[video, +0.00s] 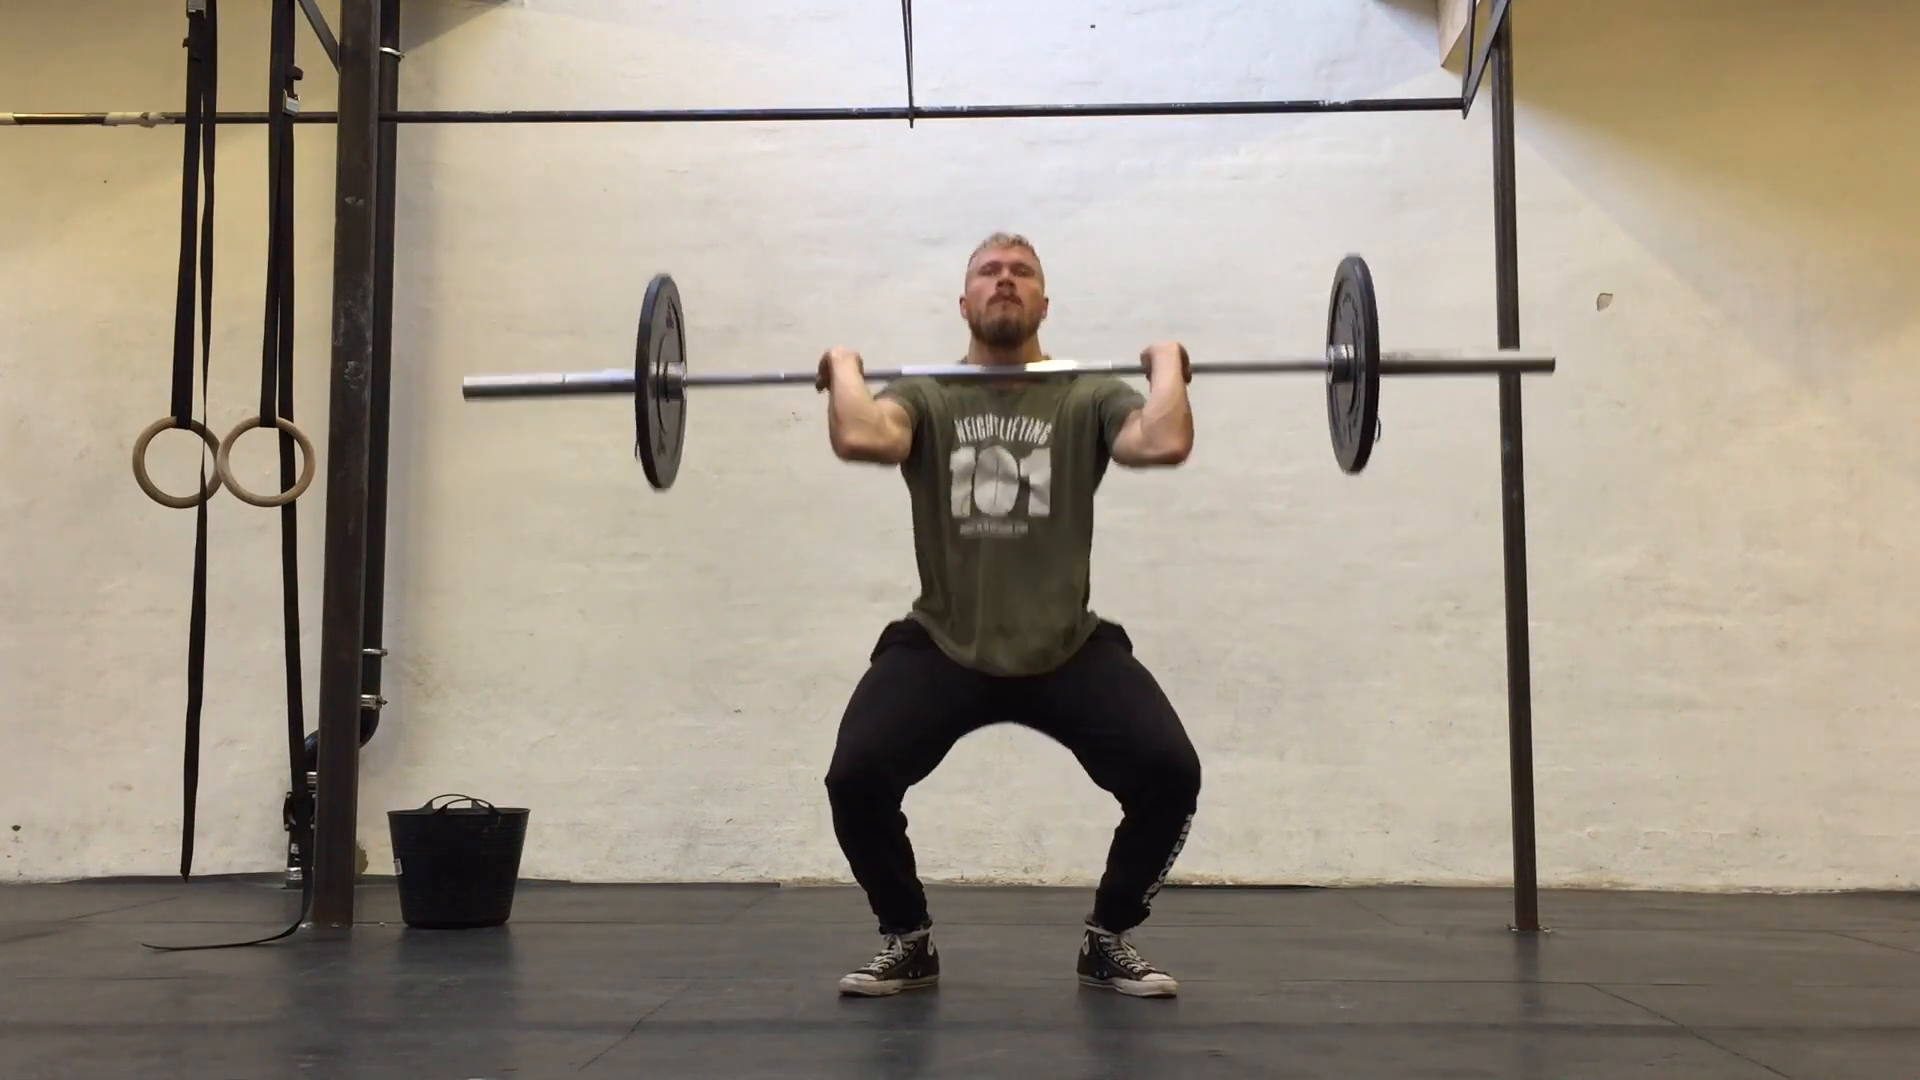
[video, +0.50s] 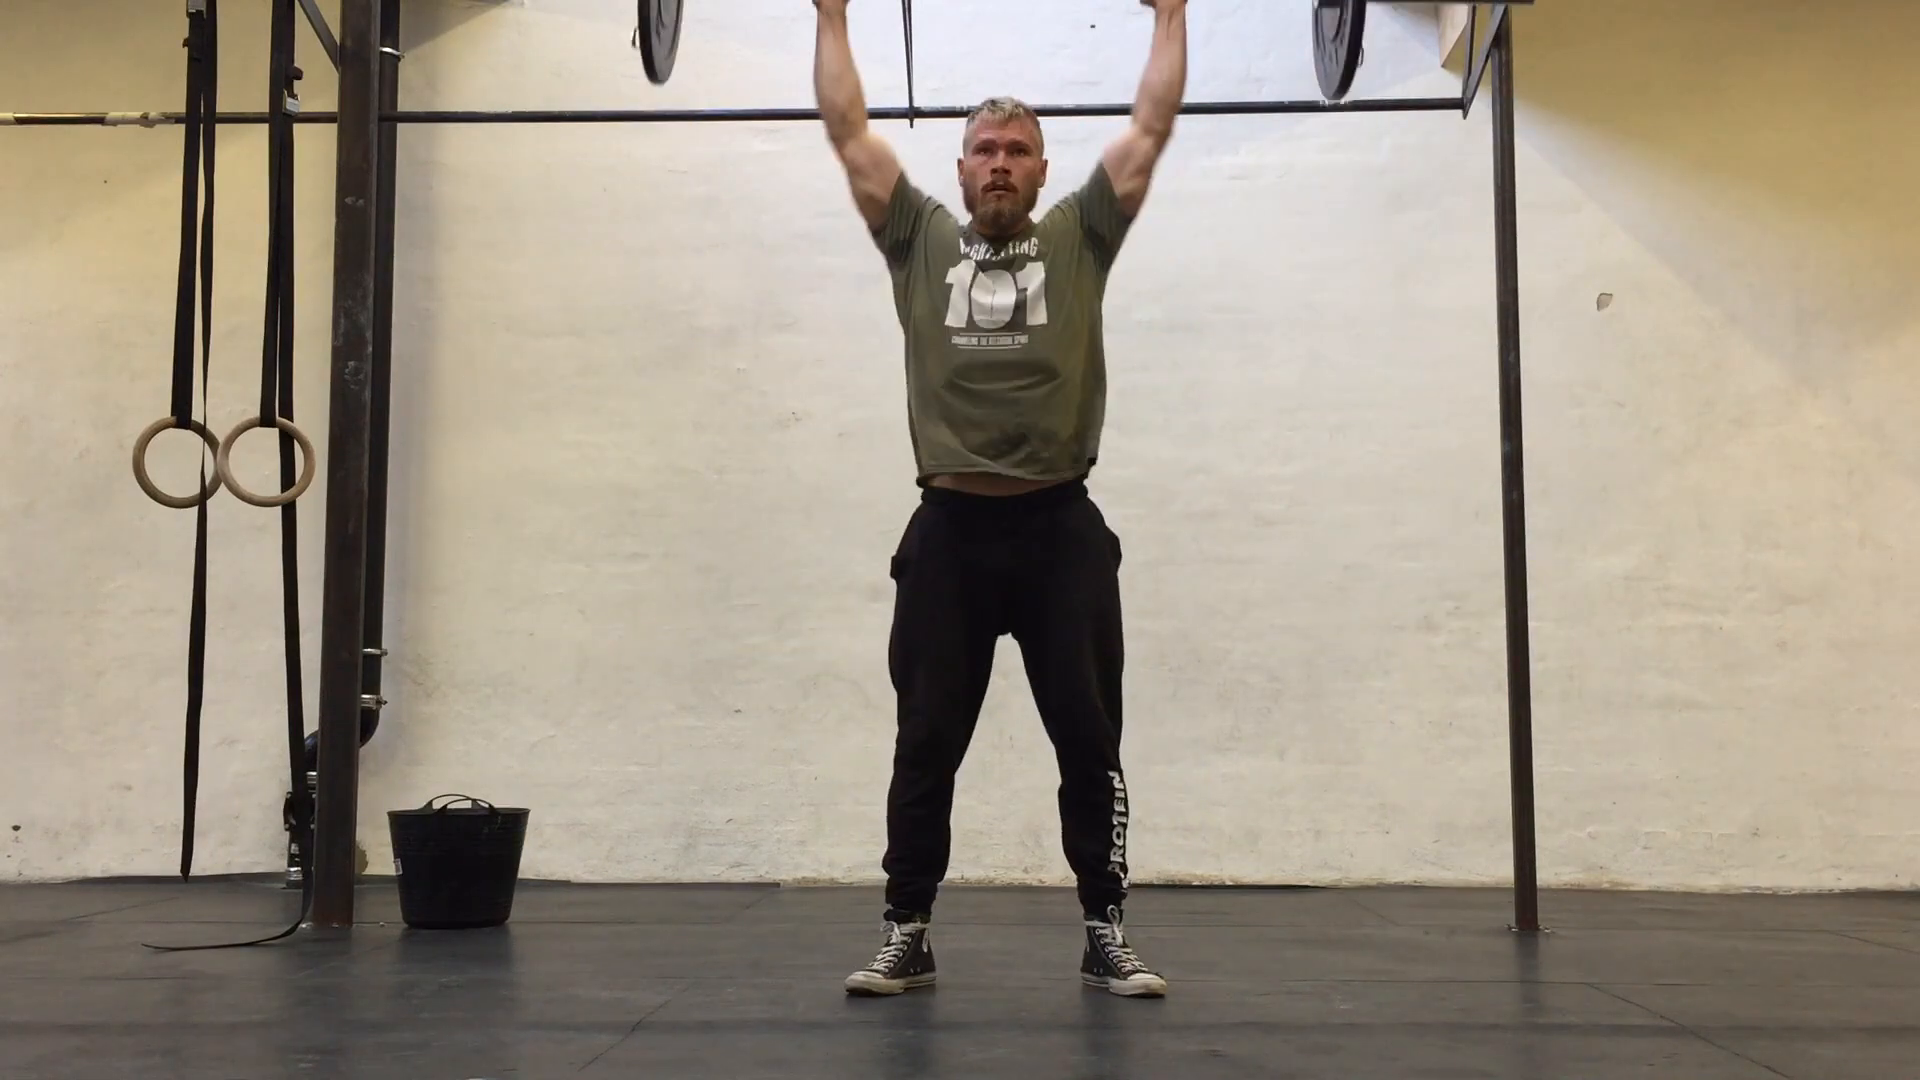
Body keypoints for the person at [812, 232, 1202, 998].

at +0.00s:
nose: (1004, 279)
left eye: (1021, 271)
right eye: (988, 270)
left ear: (1044, 303)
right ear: (963, 301)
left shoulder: (1089, 392)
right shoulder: (924, 396)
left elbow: (1167, 442)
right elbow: (857, 436)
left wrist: (1166, 359)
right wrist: (843, 362)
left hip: (1066, 649)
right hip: (944, 648)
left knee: (1168, 776)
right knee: (857, 779)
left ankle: (1107, 943)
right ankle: (908, 945)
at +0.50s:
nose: (999, 163)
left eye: (1018, 151)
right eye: (983, 150)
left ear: (1042, 170)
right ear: (961, 168)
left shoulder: (1079, 241)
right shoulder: (920, 242)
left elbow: (1150, 127)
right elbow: (849, 133)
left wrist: (1170, 12)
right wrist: (830, 12)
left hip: (1061, 537)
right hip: (950, 538)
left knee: (1090, 746)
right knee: (925, 745)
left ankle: (1106, 940)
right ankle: (906, 939)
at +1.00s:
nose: (1000, 160)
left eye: (1017, 149)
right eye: (983, 149)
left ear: (1043, 171)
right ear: (960, 172)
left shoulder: (1087, 252)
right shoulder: (922, 255)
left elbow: (1182, 161)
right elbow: (826, 156)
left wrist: (1180, 40)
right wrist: (834, 37)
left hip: (1064, 538)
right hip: (952, 539)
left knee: (1093, 744)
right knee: (926, 739)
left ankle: (1106, 941)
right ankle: (905, 933)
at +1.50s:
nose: (1007, 151)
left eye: (1024, 142)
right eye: (991, 141)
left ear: (1049, 171)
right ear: (965, 169)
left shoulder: (1100, 279)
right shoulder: (917, 278)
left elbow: (1176, 379)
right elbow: (843, 381)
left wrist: (1184, 497)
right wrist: (846, 495)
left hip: (1074, 548)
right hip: (951, 550)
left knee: (1107, 737)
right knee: (921, 741)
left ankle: (1110, 932)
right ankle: (908, 931)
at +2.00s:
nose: (1008, 201)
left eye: (1026, 191)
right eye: (992, 190)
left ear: (1052, 224)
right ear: (966, 222)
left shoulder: (1106, 337)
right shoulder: (915, 336)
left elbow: (1149, 463)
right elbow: (870, 460)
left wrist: (1174, 583)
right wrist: (847, 582)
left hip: (1070, 566)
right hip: (950, 564)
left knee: (1111, 735)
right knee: (914, 734)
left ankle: (1109, 937)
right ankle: (909, 936)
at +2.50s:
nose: (1015, 240)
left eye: (1031, 232)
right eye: (999, 230)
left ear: (1053, 265)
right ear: (970, 261)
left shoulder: (1101, 366)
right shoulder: (925, 370)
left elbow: (1181, 468)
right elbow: (856, 466)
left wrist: (1186, 359)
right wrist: (845, 363)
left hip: (1069, 614)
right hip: (947, 615)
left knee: (1155, 761)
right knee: (882, 761)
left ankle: (1109, 944)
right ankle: (913, 942)